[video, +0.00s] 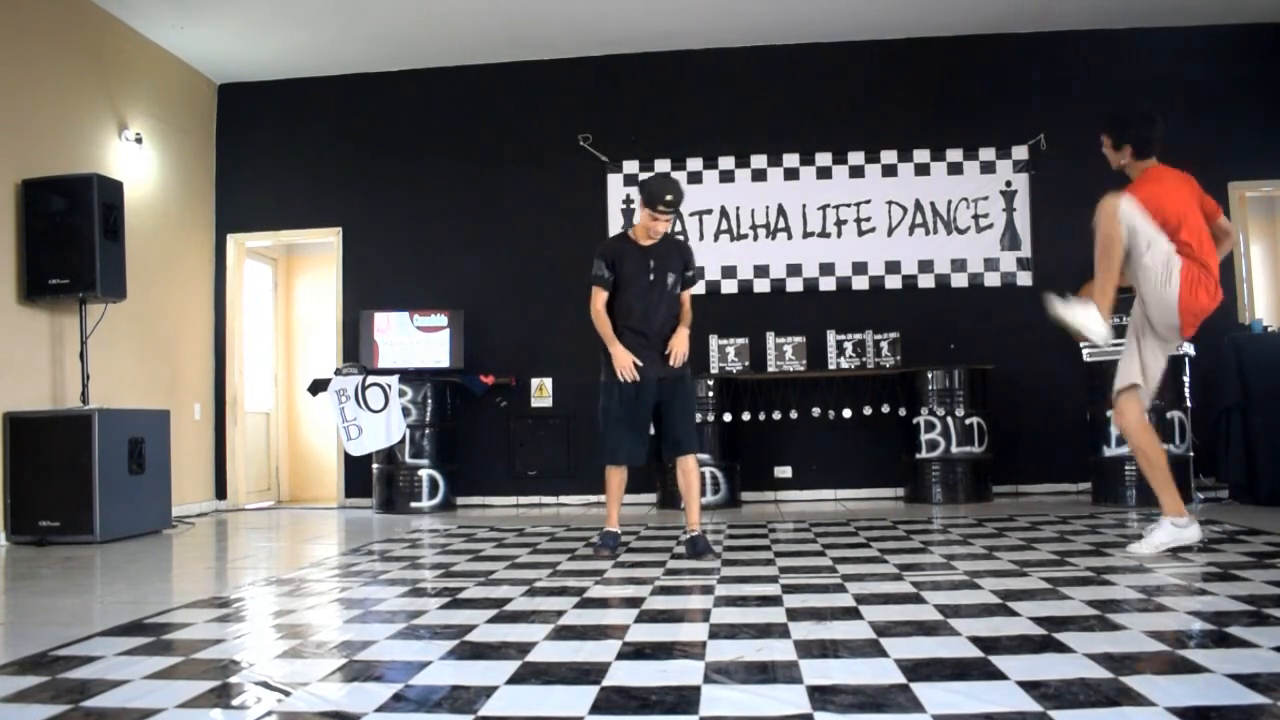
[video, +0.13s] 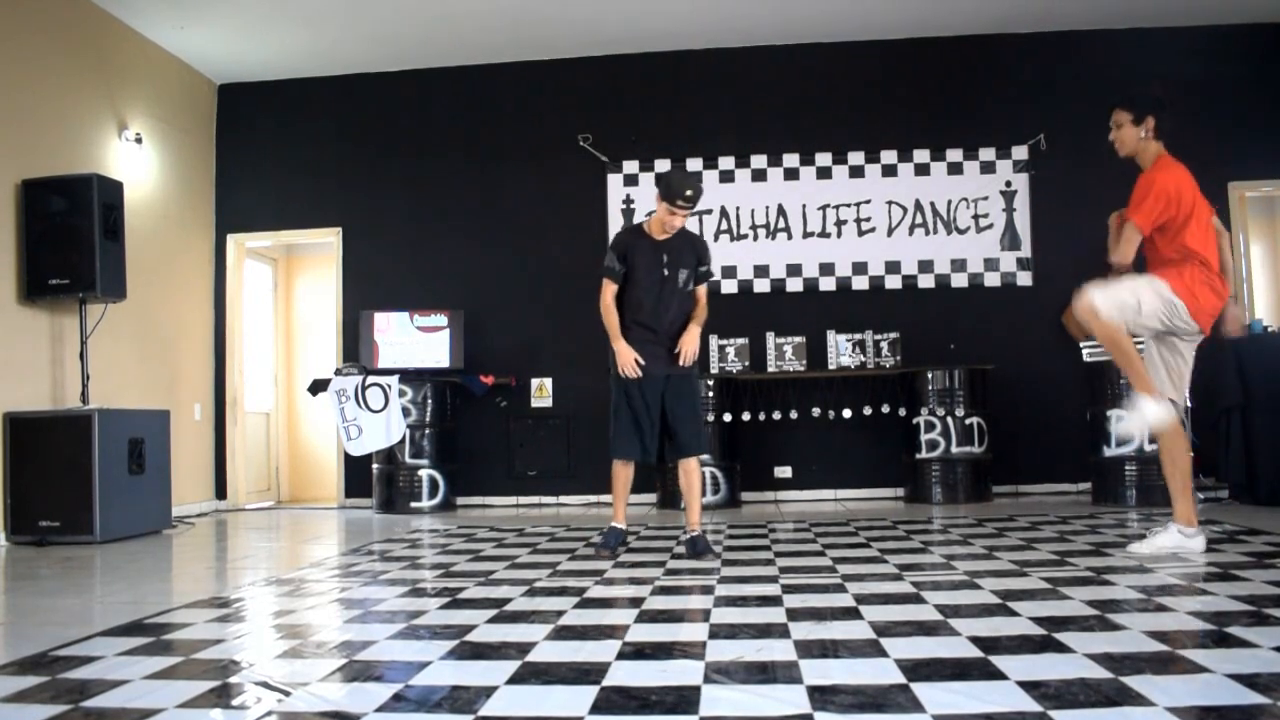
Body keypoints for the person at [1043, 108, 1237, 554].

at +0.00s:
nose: (1104, 153)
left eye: (1106, 146)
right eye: (1104, 146)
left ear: (1125, 149)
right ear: (1148, 147)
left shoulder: (1138, 192)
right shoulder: (1182, 181)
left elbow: (1120, 266)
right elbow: (1227, 233)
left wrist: (1095, 295)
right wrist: (1197, 266)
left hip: (1180, 290)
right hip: (1165, 313)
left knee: (1113, 204)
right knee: (1127, 411)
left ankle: (1097, 311)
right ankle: (1177, 518)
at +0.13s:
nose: (1111, 136)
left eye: (1118, 127)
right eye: (1111, 128)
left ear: (1147, 128)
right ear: (1141, 132)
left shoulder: (1158, 177)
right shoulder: (1176, 174)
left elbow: (1121, 258)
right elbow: (1222, 234)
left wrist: (1114, 230)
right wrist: (1229, 297)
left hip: (1183, 291)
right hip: (1195, 298)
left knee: (1089, 302)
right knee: (1165, 410)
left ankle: (1150, 400)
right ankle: (1186, 529)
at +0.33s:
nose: (1129, 130)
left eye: (1137, 121)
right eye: (1128, 123)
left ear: (1165, 122)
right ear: (1158, 126)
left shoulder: (1184, 166)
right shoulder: (1186, 171)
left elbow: (1192, 237)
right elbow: (1231, 239)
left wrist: (1133, 249)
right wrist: (1256, 302)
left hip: (1189, 322)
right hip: (1171, 323)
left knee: (1199, 421)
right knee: (1177, 423)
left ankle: (1265, 512)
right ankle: (1186, 529)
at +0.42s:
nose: (1140, 130)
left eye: (1146, 121)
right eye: (1138, 123)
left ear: (1175, 121)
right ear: (1166, 124)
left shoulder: (1197, 164)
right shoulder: (1182, 172)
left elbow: (1217, 234)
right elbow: (1233, 242)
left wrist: (1154, 263)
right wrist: (1245, 309)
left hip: (1206, 326)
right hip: (1170, 327)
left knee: (1239, 424)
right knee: (1177, 425)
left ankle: (1276, 520)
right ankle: (1186, 529)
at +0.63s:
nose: (1172, 122)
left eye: (1180, 112)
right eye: (1170, 115)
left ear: (1210, 115)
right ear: (1184, 123)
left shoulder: (1244, 161)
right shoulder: (1189, 179)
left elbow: (1274, 229)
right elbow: (1207, 247)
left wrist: (1220, 263)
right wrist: (1193, 305)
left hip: (1253, 325)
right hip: (1199, 325)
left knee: (1268, 426)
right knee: (1193, 424)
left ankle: (1278, 524)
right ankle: (1187, 528)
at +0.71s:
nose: (1186, 118)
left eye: (1195, 110)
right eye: (1185, 111)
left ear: (1224, 115)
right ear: (1193, 121)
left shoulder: (1262, 163)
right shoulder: (1194, 179)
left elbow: (1278, 232)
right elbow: (1193, 252)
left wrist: (1251, 259)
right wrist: (1176, 314)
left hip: (1263, 325)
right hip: (1210, 327)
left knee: (1272, 427)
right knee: (1198, 424)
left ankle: (1278, 525)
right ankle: (1193, 525)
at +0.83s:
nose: (1210, 117)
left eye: (1220, 108)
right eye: (1208, 110)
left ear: (1248, 115)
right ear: (1209, 120)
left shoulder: (1273, 162)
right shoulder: (1206, 179)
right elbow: (1180, 244)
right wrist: (1146, 300)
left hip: (1271, 319)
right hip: (1222, 319)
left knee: (1274, 426)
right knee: (1204, 417)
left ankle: (1275, 524)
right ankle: (1247, 511)